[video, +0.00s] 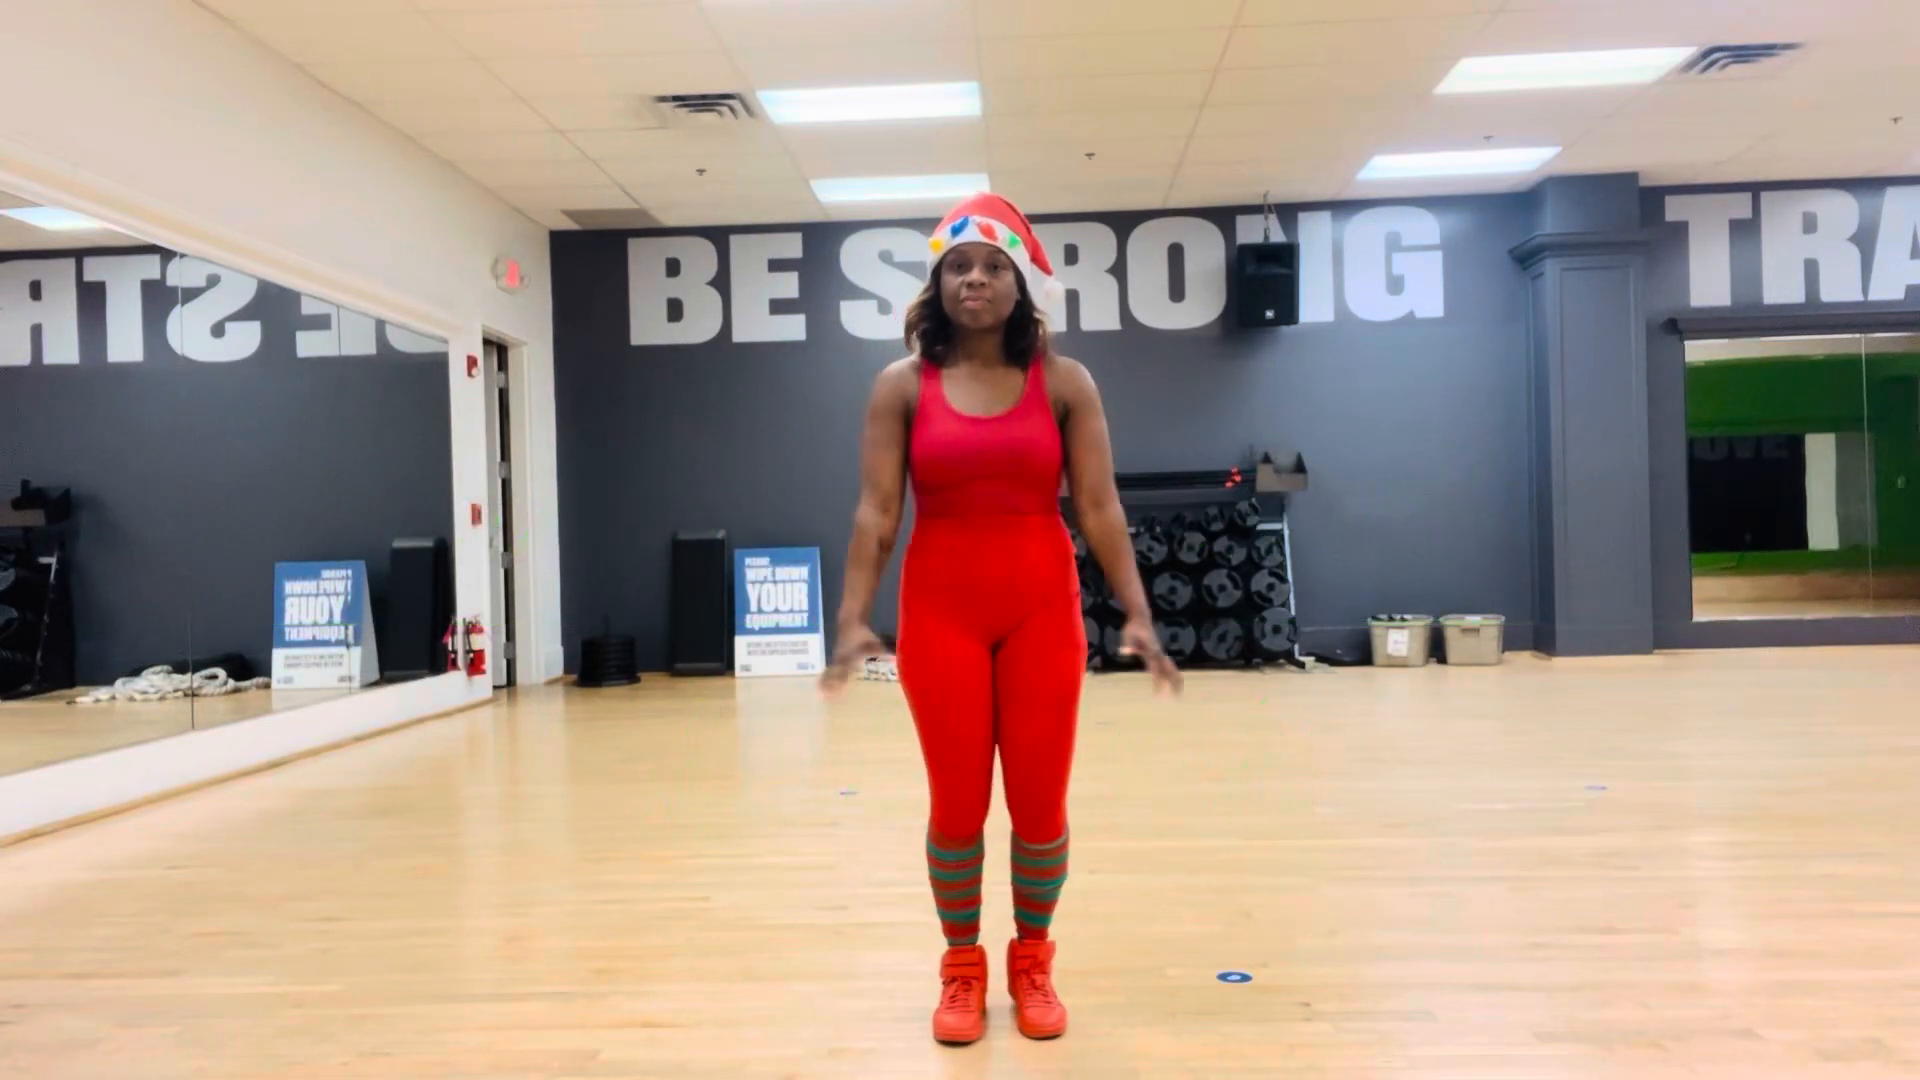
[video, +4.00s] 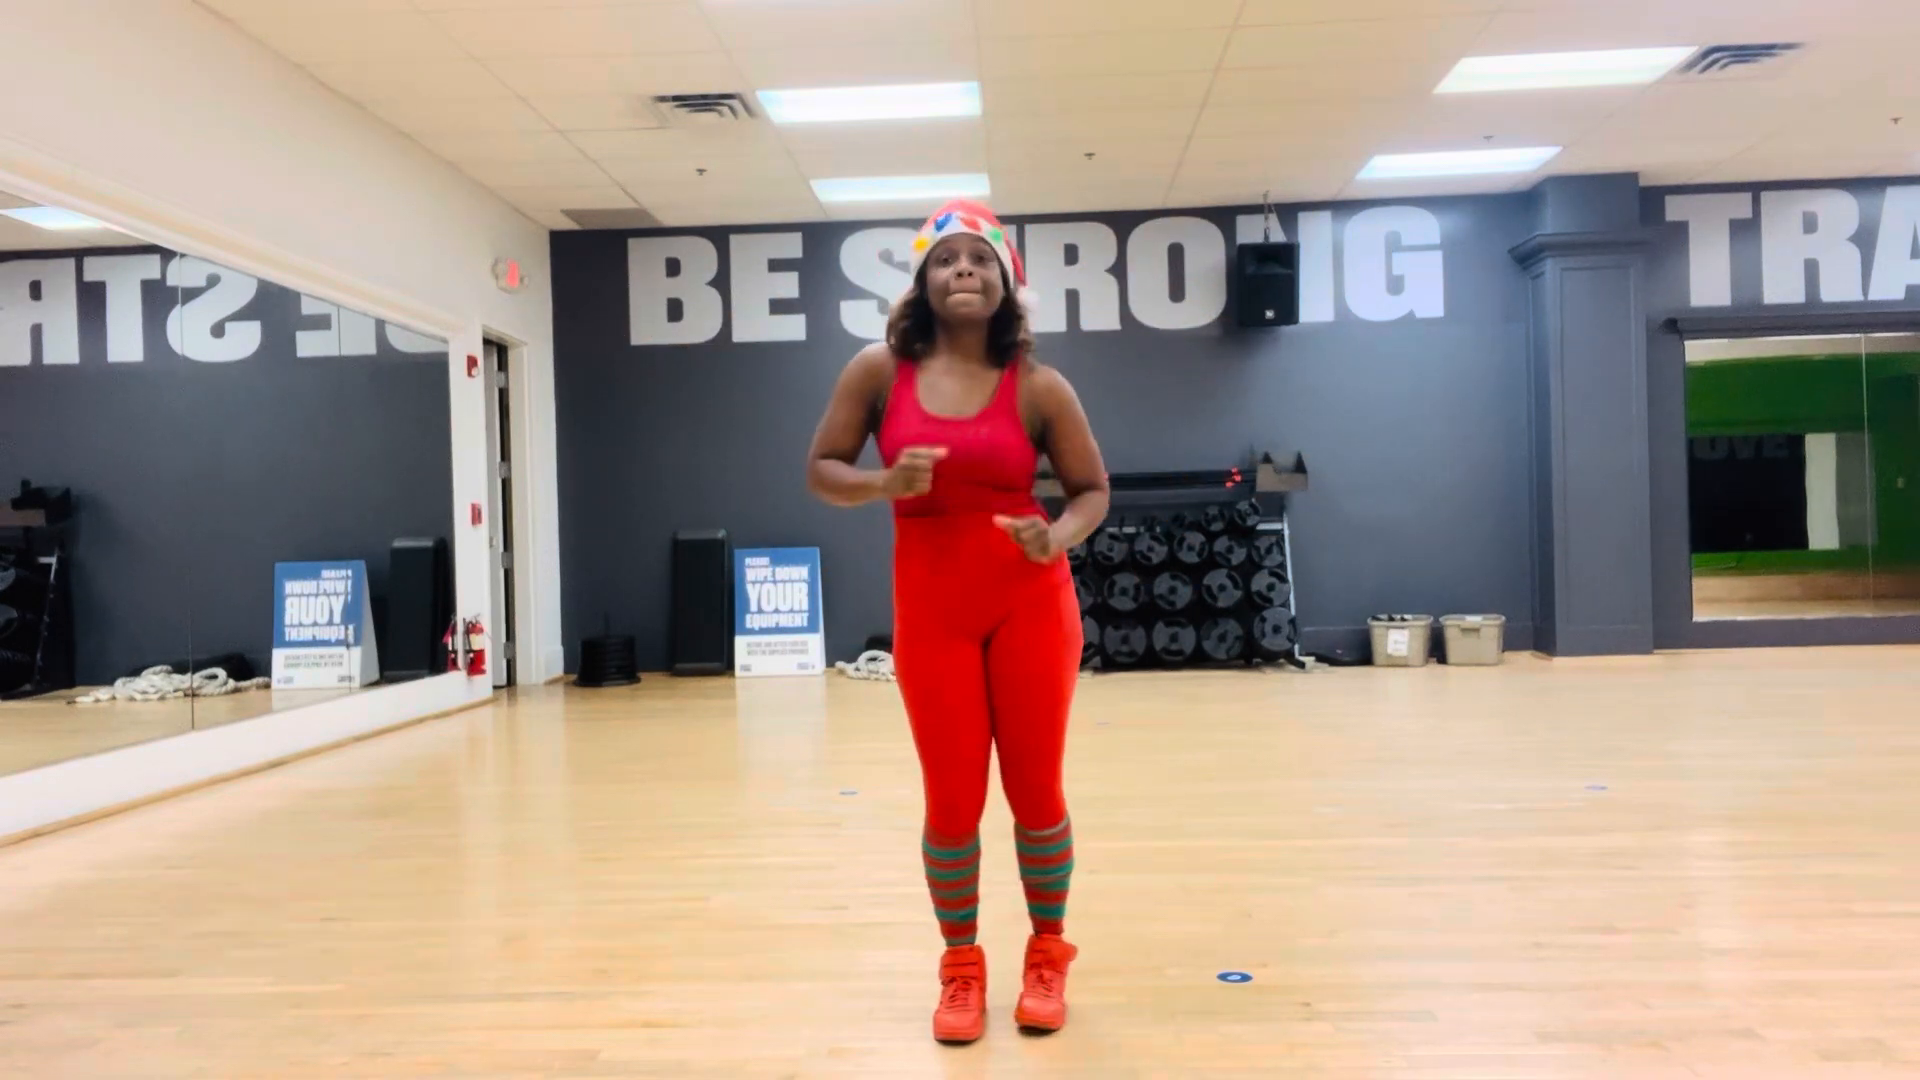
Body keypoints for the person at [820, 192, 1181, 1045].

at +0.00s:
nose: (974, 280)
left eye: (992, 266)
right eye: (959, 266)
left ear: (1020, 283)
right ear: (938, 283)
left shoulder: (1065, 381)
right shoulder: (903, 385)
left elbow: (1100, 504)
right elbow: (877, 508)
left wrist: (1137, 611)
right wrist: (850, 616)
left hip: (1044, 607)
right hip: (939, 609)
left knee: (1039, 799)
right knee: (958, 798)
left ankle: (1033, 965)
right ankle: (962, 971)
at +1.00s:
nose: (980, 273)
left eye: (998, 260)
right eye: (963, 260)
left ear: (1025, 277)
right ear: (942, 278)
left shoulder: (1055, 347)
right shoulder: (917, 352)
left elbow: (1095, 230)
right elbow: (850, 236)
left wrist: (1130, 117)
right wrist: (808, 126)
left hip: (1045, 591)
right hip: (944, 596)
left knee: (1027, 787)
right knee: (961, 786)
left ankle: (1031, 960)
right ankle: (963, 964)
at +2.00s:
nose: (972, 282)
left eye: (988, 270)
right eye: (956, 271)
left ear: (1017, 286)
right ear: (935, 286)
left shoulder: (1048, 350)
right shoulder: (911, 354)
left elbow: (1109, 243)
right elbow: (832, 249)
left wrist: (1182, 142)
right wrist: (783, 138)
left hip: (1036, 590)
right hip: (939, 593)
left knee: (1023, 784)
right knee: (958, 784)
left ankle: (1030, 959)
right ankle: (962, 964)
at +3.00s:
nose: (966, 283)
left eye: (985, 270)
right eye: (953, 266)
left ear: (1012, 285)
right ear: (932, 277)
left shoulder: (1050, 373)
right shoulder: (894, 374)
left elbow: (1126, 475)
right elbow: (827, 485)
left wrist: (1202, 569)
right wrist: (764, 576)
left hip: (1030, 590)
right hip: (931, 592)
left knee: (1019, 785)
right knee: (954, 786)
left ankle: (1030, 963)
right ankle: (962, 965)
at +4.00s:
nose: (966, 273)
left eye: (981, 262)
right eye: (949, 262)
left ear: (1003, 284)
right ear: (924, 284)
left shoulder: (1040, 388)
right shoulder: (878, 371)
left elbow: (1092, 490)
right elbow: (821, 471)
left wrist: (1060, 532)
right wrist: (880, 483)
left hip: (1031, 600)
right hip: (930, 609)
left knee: (1035, 790)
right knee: (952, 797)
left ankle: (1047, 959)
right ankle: (960, 968)